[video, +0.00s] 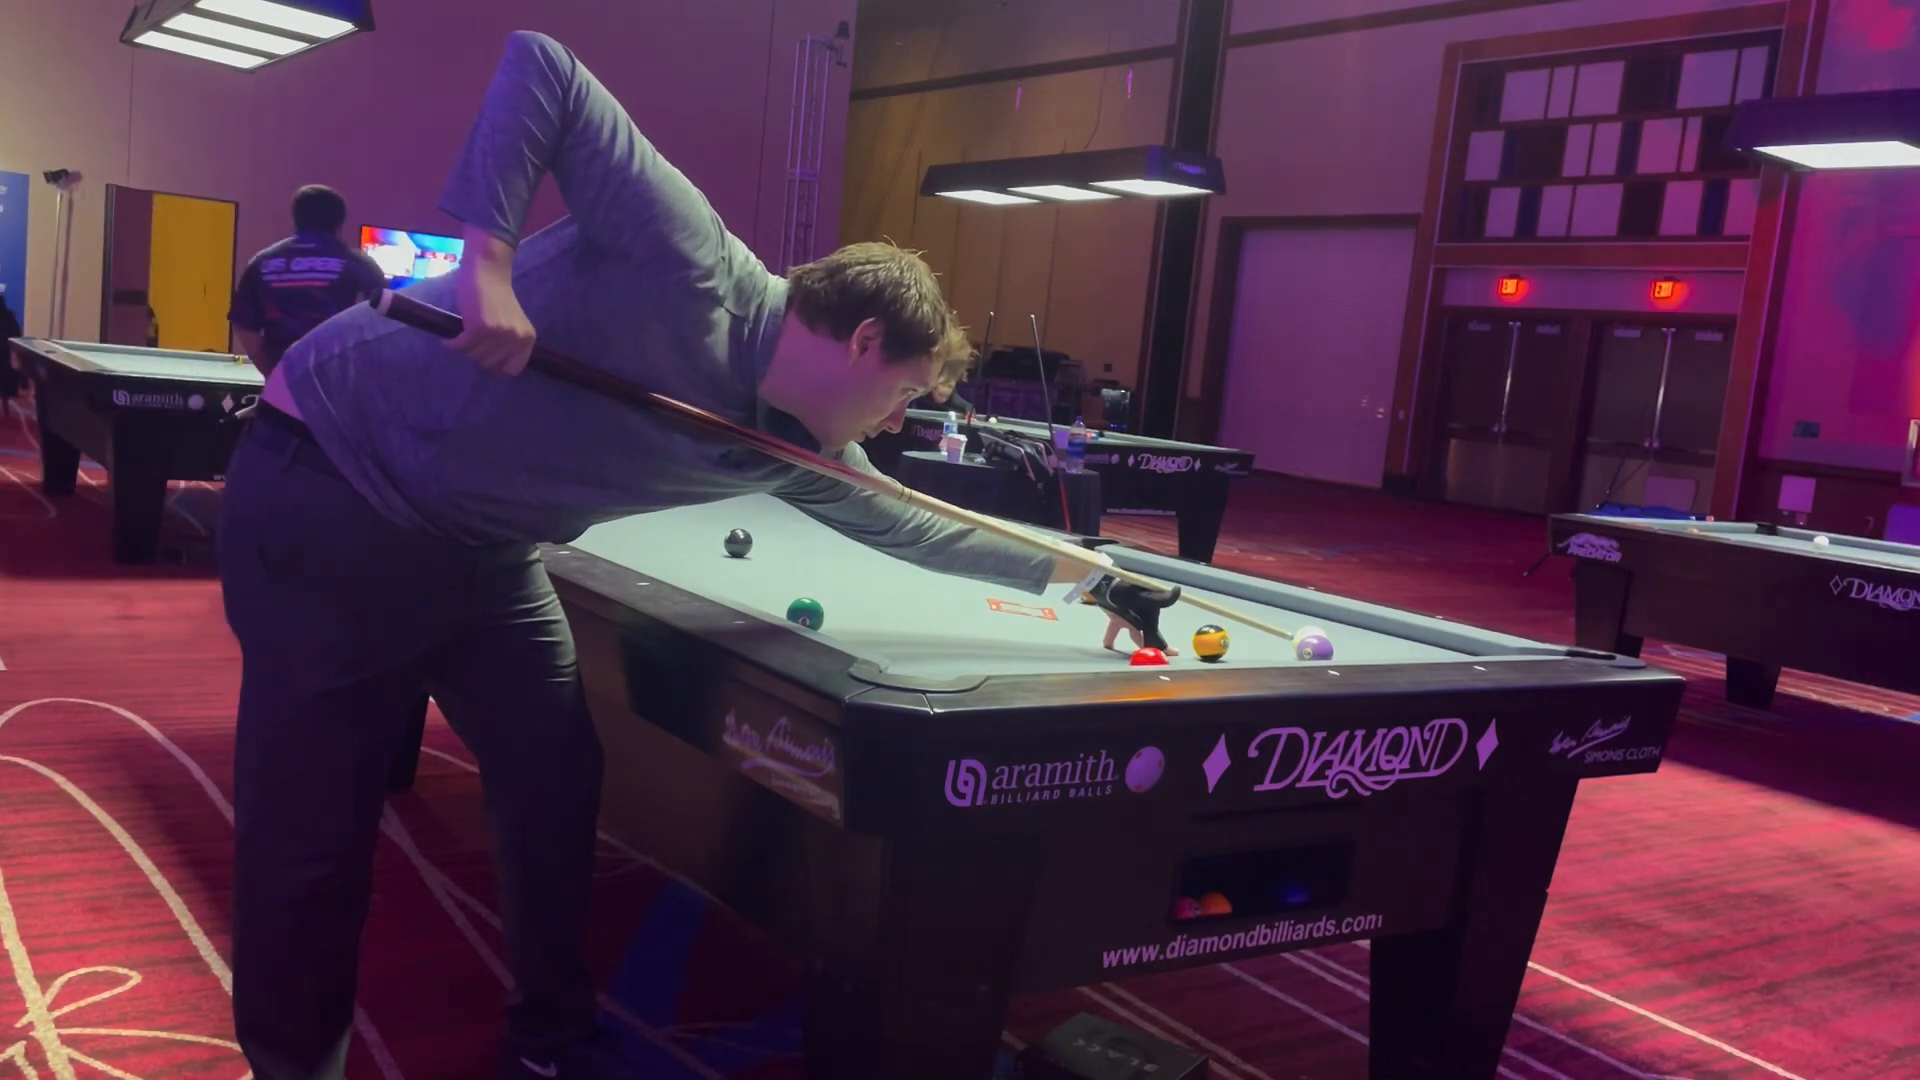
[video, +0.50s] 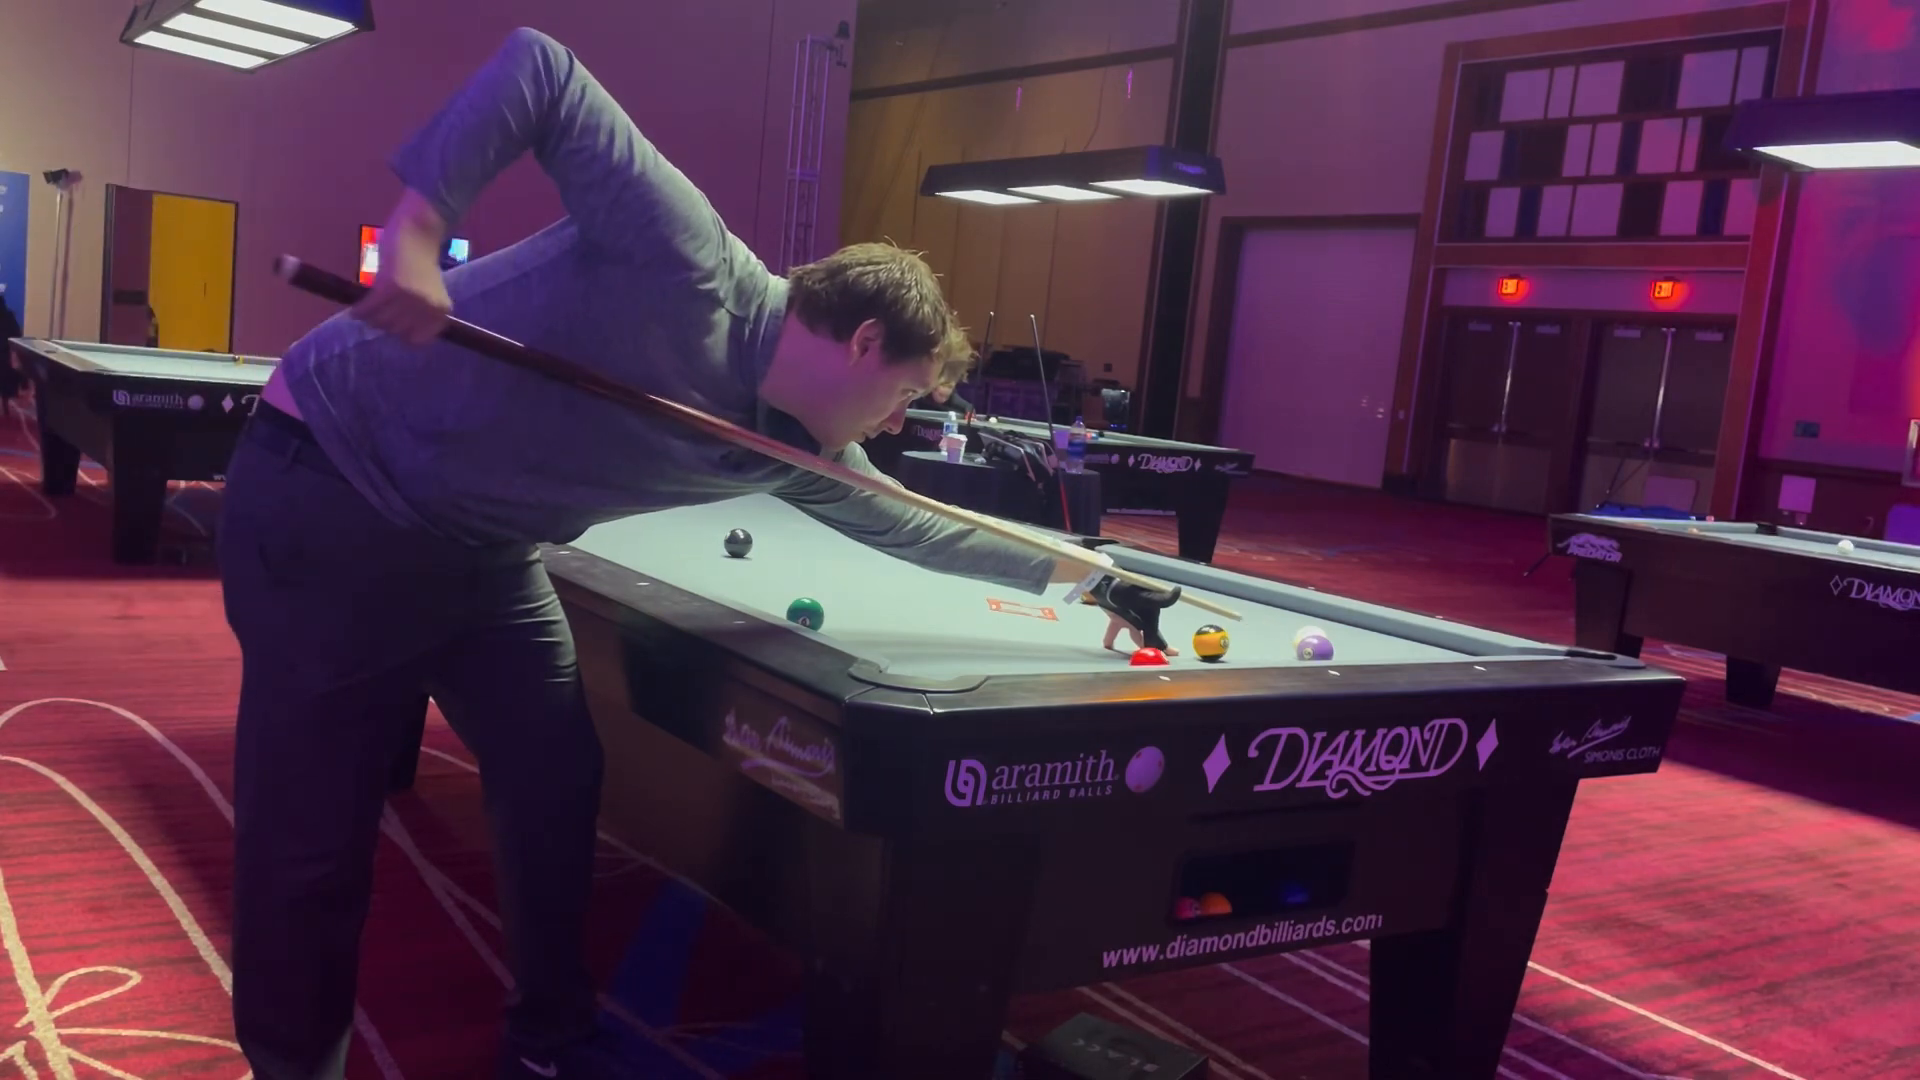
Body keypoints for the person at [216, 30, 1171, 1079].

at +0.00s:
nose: (891, 430)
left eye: (909, 412)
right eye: (903, 400)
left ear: (853, 349)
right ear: (857, 340)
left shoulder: (784, 439)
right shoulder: (685, 250)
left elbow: (909, 525)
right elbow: (541, 70)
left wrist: (1062, 563)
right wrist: (481, 256)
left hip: (484, 530)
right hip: (333, 473)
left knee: (552, 764)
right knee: (313, 818)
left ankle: (548, 1032)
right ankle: (294, 1056)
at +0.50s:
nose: (891, 431)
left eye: (909, 411)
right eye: (903, 400)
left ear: (853, 347)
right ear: (860, 340)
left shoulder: (783, 437)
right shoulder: (682, 252)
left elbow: (911, 526)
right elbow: (536, 71)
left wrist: (1067, 563)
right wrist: (414, 229)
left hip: (485, 536)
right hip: (331, 478)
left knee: (553, 763)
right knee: (311, 826)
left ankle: (547, 1033)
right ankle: (294, 1056)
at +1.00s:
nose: (901, 418)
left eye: (915, 400)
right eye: (911, 389)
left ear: (856, 338)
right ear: (865, 327)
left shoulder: (783, 432)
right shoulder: (688, 264)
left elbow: (911, 525)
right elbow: (488, 129)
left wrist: (1066, 563)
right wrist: (530, 335)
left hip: (484, 530)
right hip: (335, 479)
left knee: (556, 766)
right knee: (315, 814)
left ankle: (549, 1029)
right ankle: (293, 1052)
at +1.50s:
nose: (860, 208)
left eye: (871, 186)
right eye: (850, 173)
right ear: (767, 126)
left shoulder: (762, 290)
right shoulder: (600, 159)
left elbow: (869, 367)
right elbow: (368, 180)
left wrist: (1010, 417)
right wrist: (497, 350)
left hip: (493, 526)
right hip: (346, 493)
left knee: (547, 771)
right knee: (352, 827)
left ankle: (550, 1037)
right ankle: (305, 1061)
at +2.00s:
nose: (702, 63)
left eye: (730, 37)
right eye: (682, 21)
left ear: (745, 44)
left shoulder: (677, 165)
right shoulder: (469, 96)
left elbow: (717, 261)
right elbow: (261, 227)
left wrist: (872, 294)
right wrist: (439, 352)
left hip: (520, 522)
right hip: (375, 514)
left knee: (551, 791)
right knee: (390, 805)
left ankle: (548, 1032)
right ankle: (317, 1060)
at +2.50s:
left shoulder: (564, 30)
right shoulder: (266, 38)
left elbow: (654, 218)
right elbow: (147, 220)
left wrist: (707, 325)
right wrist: (173, 320)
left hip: (480, 518)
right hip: (281, 510)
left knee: (466, 869)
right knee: (266, 868)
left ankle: (475, 1057)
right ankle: (267, 1062)